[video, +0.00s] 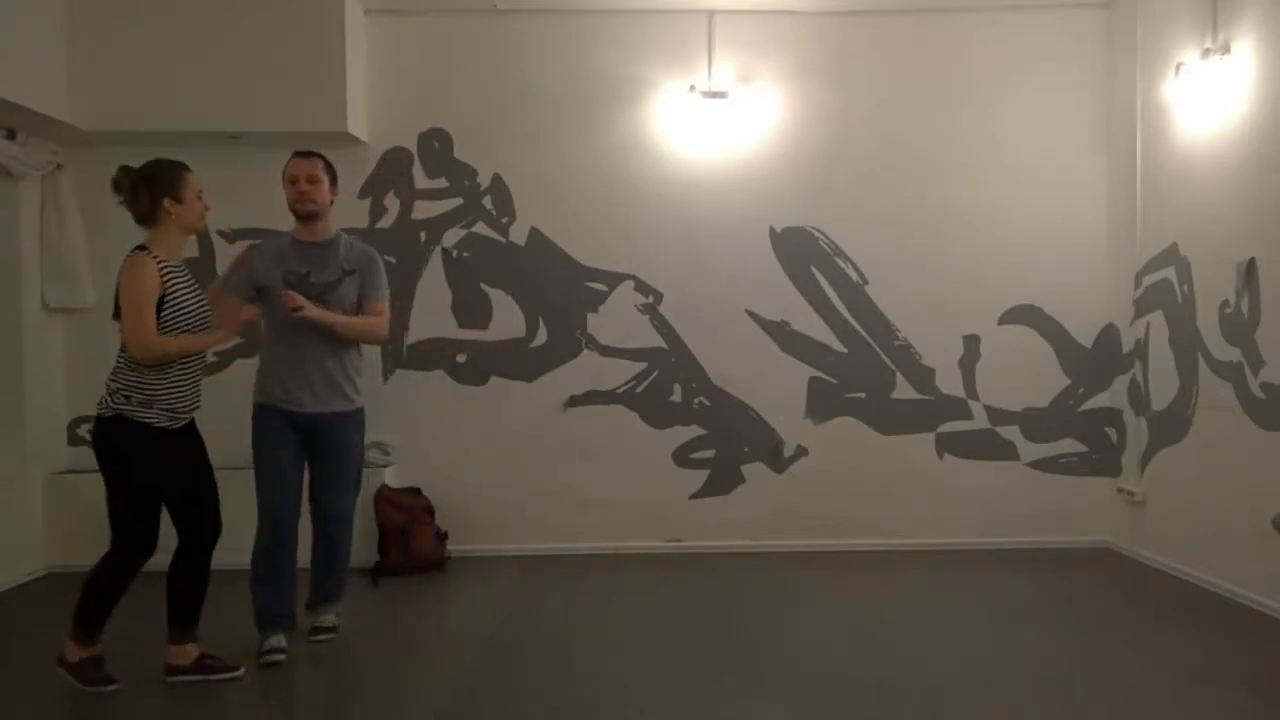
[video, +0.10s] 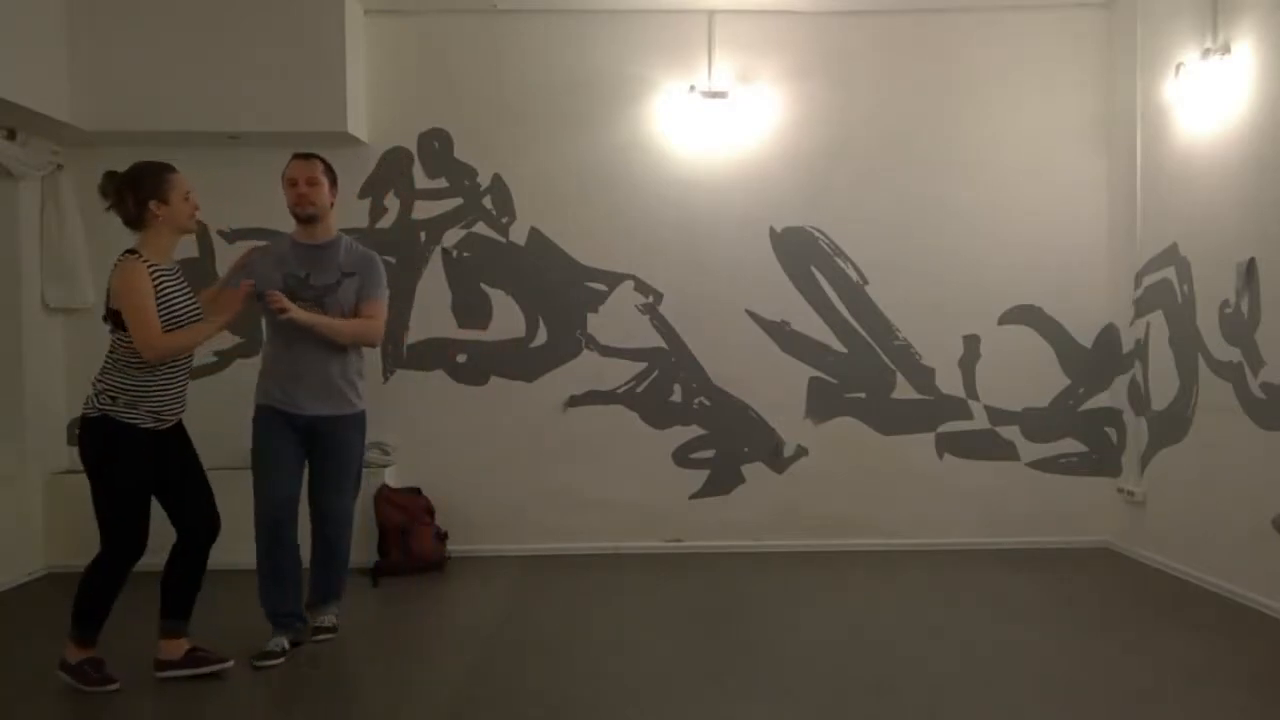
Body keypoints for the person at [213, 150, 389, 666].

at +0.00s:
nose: (302, 189)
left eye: (313, 181)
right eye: (294, 182)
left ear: (333, 191)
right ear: (284, 193)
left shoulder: (363, 258)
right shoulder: (263, 254)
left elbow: (378, 329)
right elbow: (215, 307)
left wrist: (318, 313)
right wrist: (247, 312)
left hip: (340, 409)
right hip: (277, 407)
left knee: (334, 515)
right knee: (277, 516)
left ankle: (326, 606)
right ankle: (273, 626)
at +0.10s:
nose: (301, 191)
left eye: (311, 183)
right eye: (292, 184)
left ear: (333, 193)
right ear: (283, 195)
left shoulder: (365, 261)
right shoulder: (262, 257)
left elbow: (373, 332)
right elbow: (213, 309)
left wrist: (302, 316)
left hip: (340, 411)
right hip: (277, 408)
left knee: (333, 516)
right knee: (274, 518)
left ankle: (325, 605)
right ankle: (283, 627)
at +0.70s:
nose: (259, 176)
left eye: (271, 168)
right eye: (257, 168)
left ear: (305, 180)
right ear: (264, 182)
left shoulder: (325, 246)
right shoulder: (280, 252)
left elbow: (319, 332)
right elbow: (269, 327)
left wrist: (229, 341)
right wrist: (212, 333)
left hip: (318, 410)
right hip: (290, 410)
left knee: (284, 529)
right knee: (289, 528)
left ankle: (306, 662)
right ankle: (310, 645)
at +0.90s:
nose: (254, 196)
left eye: (257, 185)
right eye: (250, 188)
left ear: (273, 181)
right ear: (311, 176)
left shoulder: (298, 238)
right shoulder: (318, 238)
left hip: (310, 410)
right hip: (331, 406)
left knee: (284, 527)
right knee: (302, 522)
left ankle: (307, 663)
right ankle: (337, 639)